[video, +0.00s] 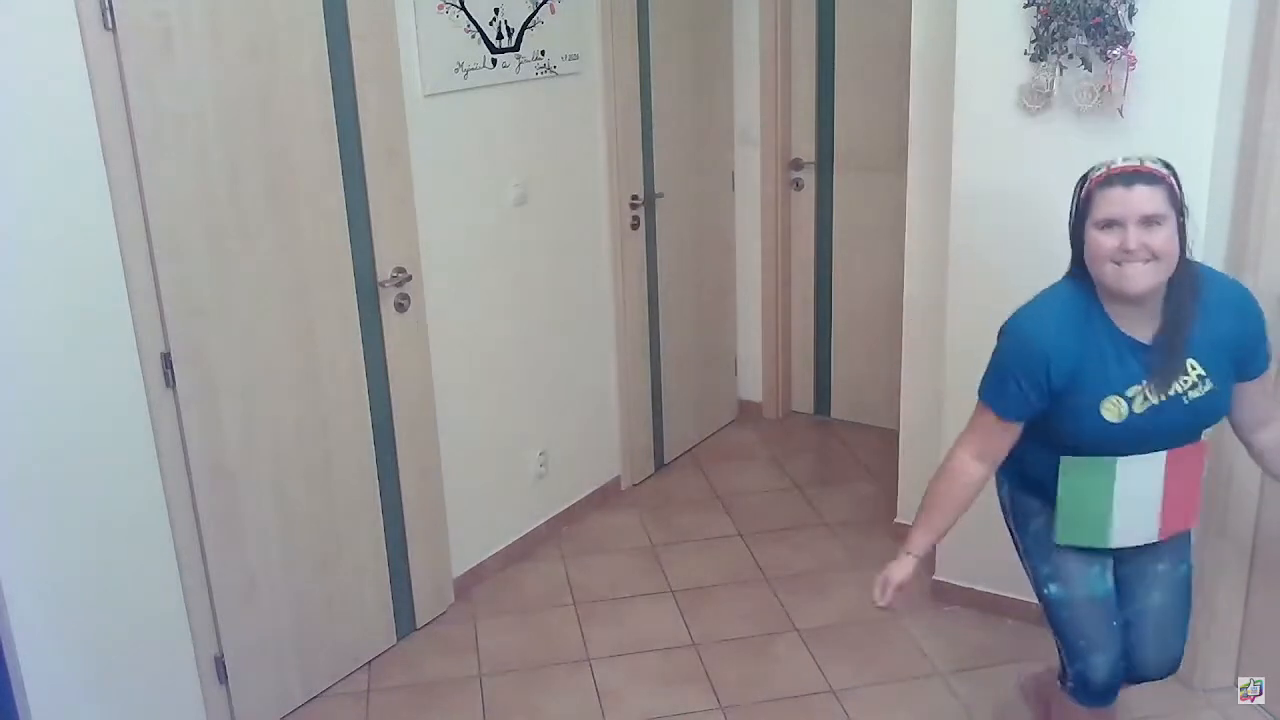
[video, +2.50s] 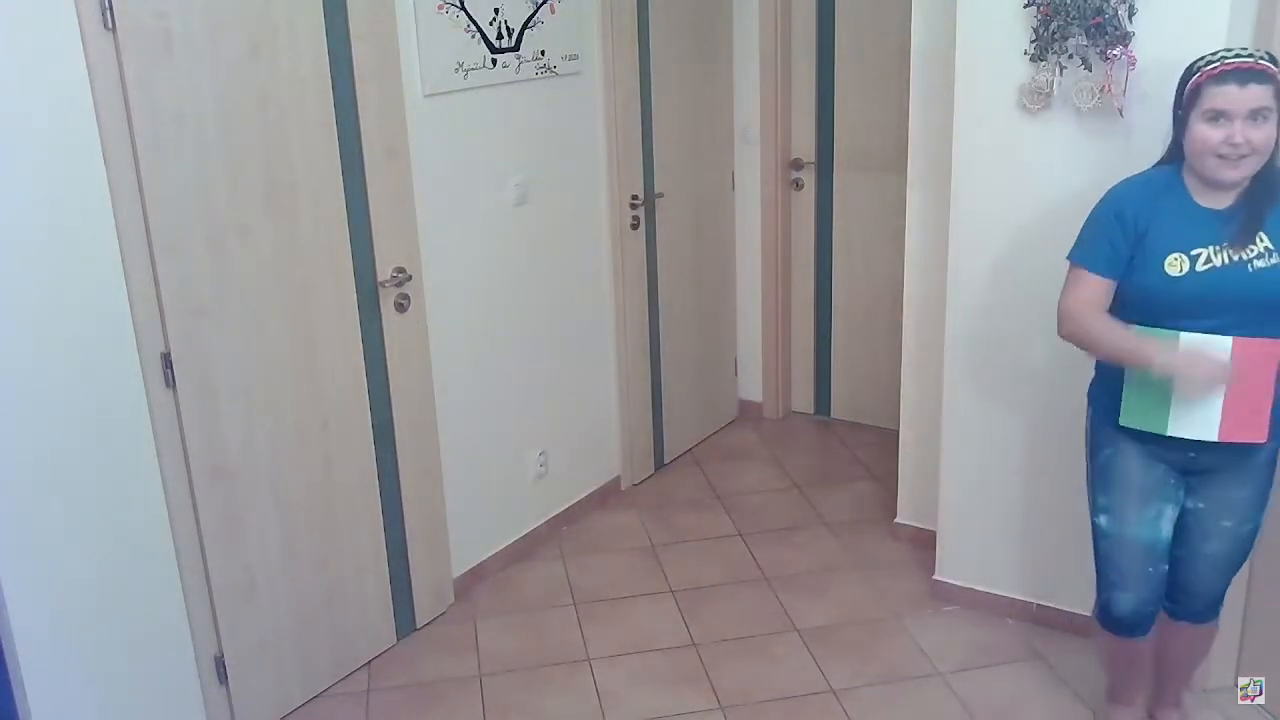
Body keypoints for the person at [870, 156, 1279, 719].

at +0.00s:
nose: (1132, 242)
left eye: (1152, 223)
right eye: (1109, 225)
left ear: (1181, 234)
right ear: (1081, 241)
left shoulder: (1227, 311)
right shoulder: (1040, 335)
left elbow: (1265, 425)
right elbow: (974, 456)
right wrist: (913, 551)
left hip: (1163, 491)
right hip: (1056, 497)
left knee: (1154, 660)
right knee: (1099, 675)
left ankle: (1052, 689)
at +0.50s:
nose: (1164, 129)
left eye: (1185, 115)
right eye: (1146, 112)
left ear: (1207, 131)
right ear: (1116, 124)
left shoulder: (1241, 211)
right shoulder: (1067, 221)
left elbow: (1277, 320)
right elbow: (1001, 330)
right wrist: (926, 422)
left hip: (1186, 453)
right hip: (1081, 450)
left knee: (1134, 609)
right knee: (1080, 620)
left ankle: (1101, 698)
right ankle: (1071, 717)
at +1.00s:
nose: (1182, 168)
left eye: (1201, 151)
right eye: (1164, 150)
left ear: (1225, 154)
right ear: (1136, 149)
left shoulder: (1254, 230)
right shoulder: (1084, 229)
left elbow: (1278, 326)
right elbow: (1021, 335)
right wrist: (951, 421)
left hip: (1210, 457)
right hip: (1104, 452)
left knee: (1148, 626)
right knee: (1117, 629)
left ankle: (1097, 702)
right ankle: (1095, 712)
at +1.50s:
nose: (1169, 223)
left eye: (1191, 203)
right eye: (1148, 202)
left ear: (1219, 211)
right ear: (1118, 208)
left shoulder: (1260, 280)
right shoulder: (1072, 301)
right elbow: (1014, 421)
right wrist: (964, 524)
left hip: (1193, 466)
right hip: (1080, 471)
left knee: (1194, 636)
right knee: (1098, 653)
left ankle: (1090, 675)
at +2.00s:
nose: (1197, 155)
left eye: (1216, 135)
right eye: (1173, 137)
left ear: (1238, 150)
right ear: (1138, 152)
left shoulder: (1267, 228)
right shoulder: (1090, 239)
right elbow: (1005, 354)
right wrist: (1074, 271)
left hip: (1208, 461)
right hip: (1096, 463)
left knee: (1191, 627)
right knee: (1102, 636)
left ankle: (1132, 695)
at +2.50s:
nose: (1236, 136)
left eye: (1255, 117)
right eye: (1216, 117)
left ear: (1277, 128)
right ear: (1183, 126)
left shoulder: (1275, 212)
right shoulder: (1134, 203)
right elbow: (1075, 315)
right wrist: (1168, 358)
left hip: (1244, 443)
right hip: (1136, 434)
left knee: (1197, 602)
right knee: (1127, 605)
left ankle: (1171, 704)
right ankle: (1123, 706)